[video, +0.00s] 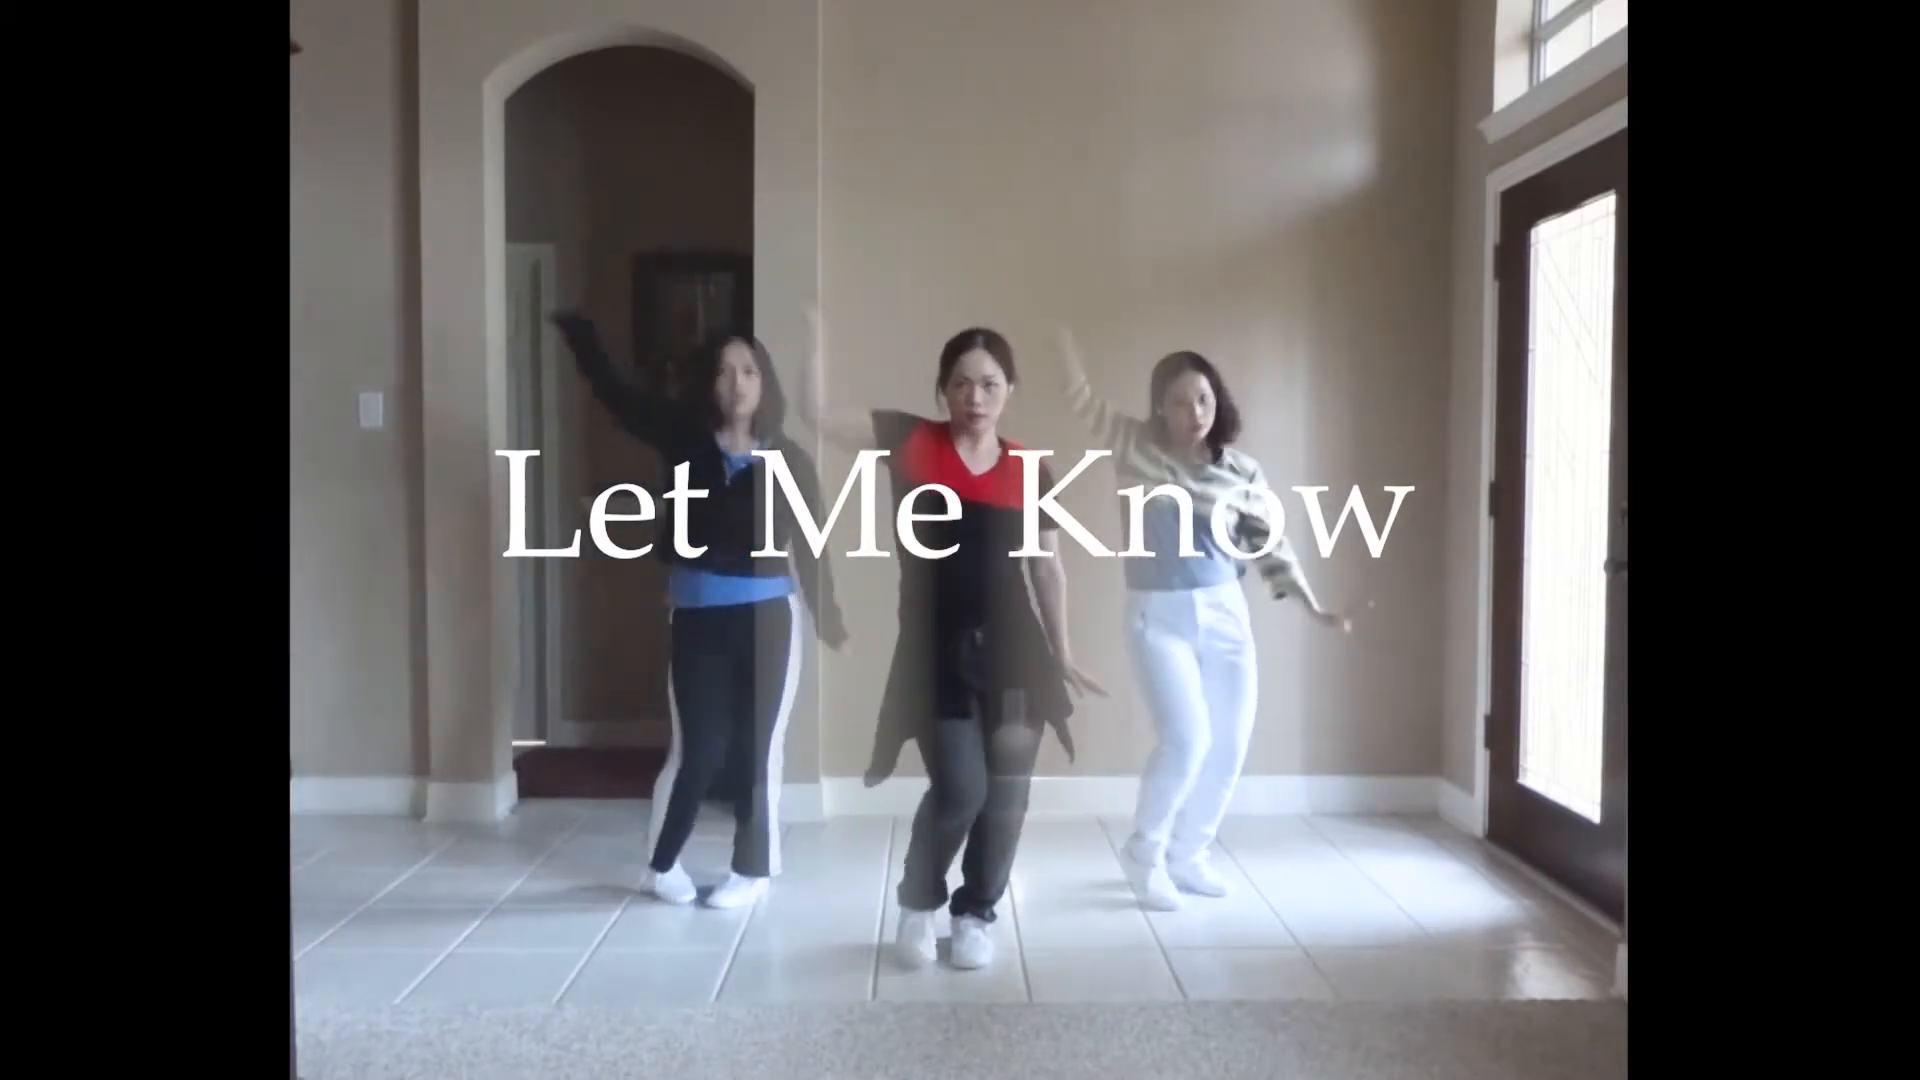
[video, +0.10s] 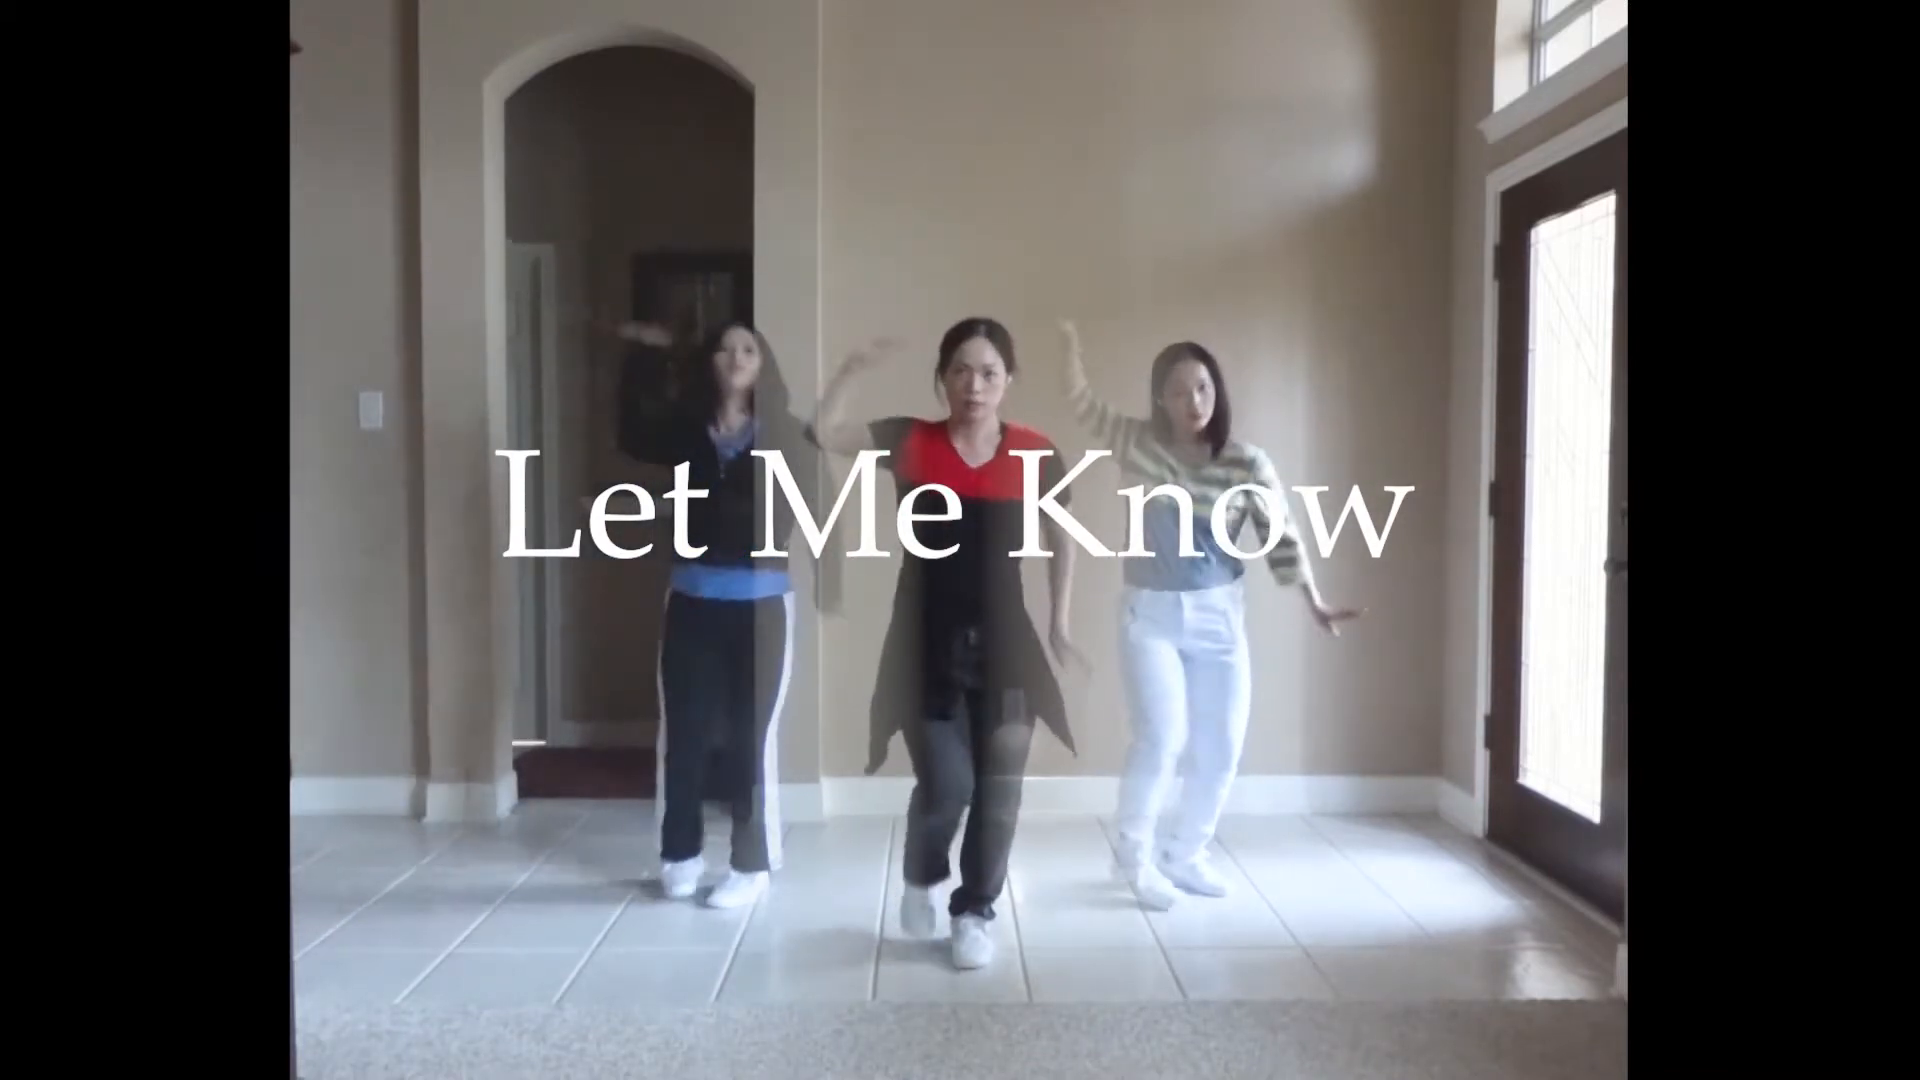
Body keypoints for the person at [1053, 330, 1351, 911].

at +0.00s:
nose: (1195, 411)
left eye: (1203, 399)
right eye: (1181, 402)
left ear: (1217, 403)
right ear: (1159, 408)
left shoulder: (1241, 471)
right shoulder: (1138, 449)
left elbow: (1270, 547)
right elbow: (1092, 412)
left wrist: (1311, 606)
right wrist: (1072, 373)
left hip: (1225, 616)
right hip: (1158, 619)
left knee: (1228, 743)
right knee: (1187, 741)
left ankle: (1189, 856)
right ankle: (1144, 854)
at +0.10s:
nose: (1194, 401)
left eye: (1202, 388)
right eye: (1180, 391)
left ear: (1218, 392)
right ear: (1159, 398)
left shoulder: (1246, 464)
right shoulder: (1139, 444)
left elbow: (1281, 538)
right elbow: (1089, 413)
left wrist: (1313, 601)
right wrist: (1073, 364)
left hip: (1219, 619)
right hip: (1150, 617)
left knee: (1221, 747)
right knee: (1161, 738)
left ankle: (1184, 855)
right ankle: (1132, 854)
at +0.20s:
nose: (1190, 374)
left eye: (1200, 364)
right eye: (1178, 364)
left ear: (1217, 374)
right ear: (1157, 374)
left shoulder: (1242, 442)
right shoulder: (1135, 434)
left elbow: (1288, 502)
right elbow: (1085, 415)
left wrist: (1326, 558)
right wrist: (1074, 377)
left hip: (1213, 605)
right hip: (1145, 601)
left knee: (1213, 740)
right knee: (1140, 731)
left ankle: (1186, 857)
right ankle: (1134, 856)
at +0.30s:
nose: (1190, 357)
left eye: (1201, 349)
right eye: (1178, 347)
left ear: (1216, 365)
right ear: (1156, 360)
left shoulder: (1236, 436)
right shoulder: (1130, 422)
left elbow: (1293, 489)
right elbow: (1079, 383)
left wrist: (1348, 538)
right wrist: (1045, 320)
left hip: (1209, 595)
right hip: (1140, 594)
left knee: (1209, 731)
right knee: (1132, 721)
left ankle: (1195, 849)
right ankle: (1137, 817)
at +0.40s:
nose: (1189, 358)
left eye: (1199, 351)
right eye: (1177, 349)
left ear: (1213, 367)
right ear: (1154, 361)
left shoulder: (1230, 439)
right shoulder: (1123, 421)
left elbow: (1287, 486)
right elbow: (1067, 381)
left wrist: (1332, 512)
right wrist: (1038, 313)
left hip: (1204, 589)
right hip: (1137, 591)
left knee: (1208, 723)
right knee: (1138, 718)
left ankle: (1214, 847)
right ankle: (1142, 823)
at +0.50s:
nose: (1182, 365)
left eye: (1192, 357)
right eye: (1170, 356)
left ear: (1205, 375)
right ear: (1148, 369)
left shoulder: (1218, 446)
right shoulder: (1116, 428)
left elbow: (1275, 492)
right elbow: (1060, 390)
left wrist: (1326, 517)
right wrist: (1039, 333)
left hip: (1196, 591)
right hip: (1131, 595)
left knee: (1205, 719)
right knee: (1133, 715)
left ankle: (1227, 842)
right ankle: (1145, 824)